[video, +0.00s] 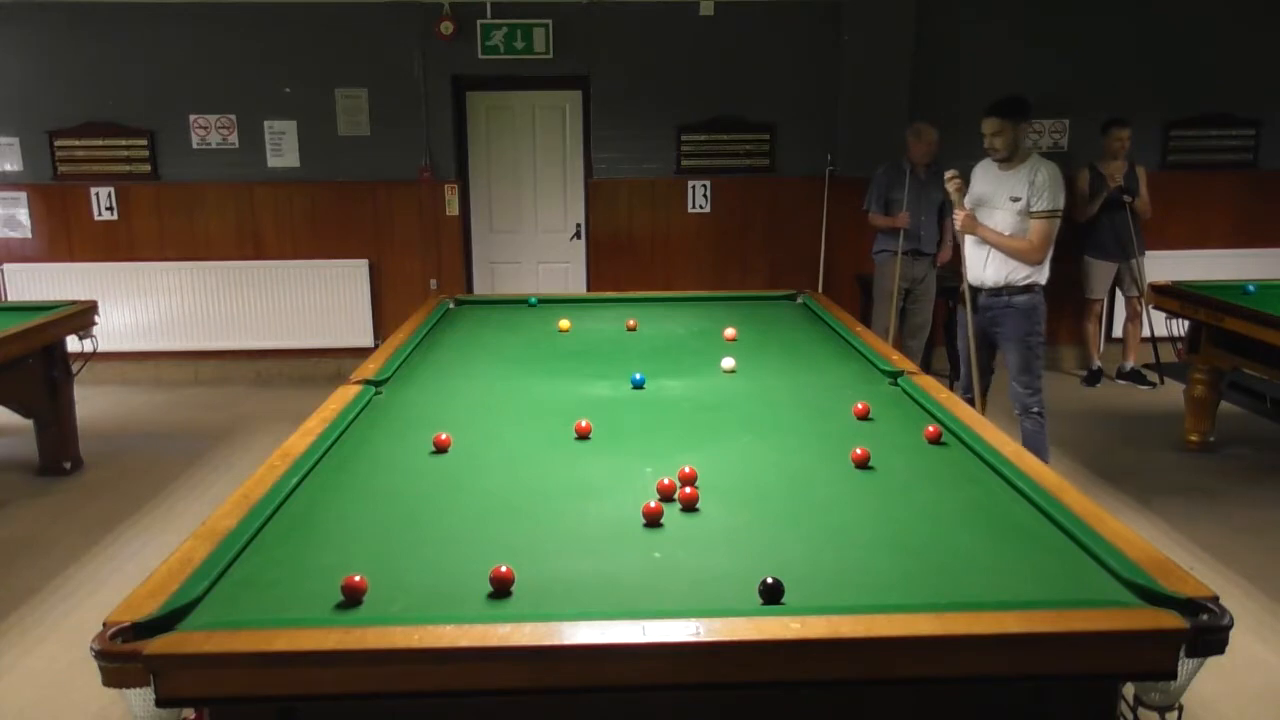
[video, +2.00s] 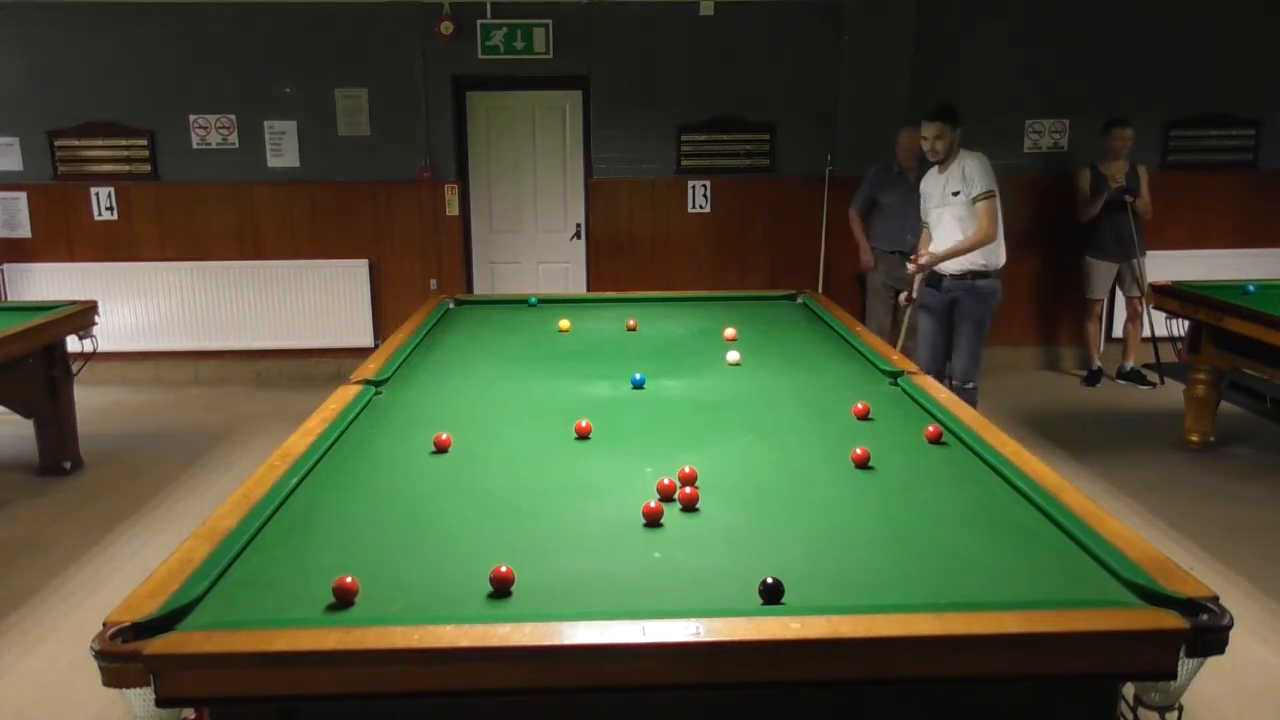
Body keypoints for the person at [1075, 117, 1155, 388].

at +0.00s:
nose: (1124, 145)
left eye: (1127, 140)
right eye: (1118, 140)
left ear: (1130, 142)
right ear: (1104, 141)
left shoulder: (1136, 171)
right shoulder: (1087, 173)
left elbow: (1146, 211)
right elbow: (1080, 214)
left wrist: (1130, 196)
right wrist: (1105, 191)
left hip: (1131, 251)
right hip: (1099, 251)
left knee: (1135, 310)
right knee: (1093, 309)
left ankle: (1128, 366)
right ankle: (1094, 365)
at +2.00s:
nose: (1125, 145)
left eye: (1129, 140)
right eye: (1120, 139)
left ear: (1133, 142)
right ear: (1107, 140)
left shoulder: (1138, 171)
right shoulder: (1089, 173)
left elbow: (1147, 211)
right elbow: (1084, 214)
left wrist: (1131, 197)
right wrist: (1107, 191)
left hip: (1132, 251)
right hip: (1100, 251)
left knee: (1136, 310)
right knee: (1094, 310)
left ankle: (1128, 366)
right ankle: (1094, 365)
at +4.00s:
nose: (1126, 145)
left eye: (1130, 140)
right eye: (1121, 140)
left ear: (1134, 142)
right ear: (1107, 141)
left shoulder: (1138, 171)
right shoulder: (1089, 172)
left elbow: (1147, 212)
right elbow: (1082, 215)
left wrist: (1132, 198)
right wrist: (1106, 191)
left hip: (1132, 250)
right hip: (1099, 250)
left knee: (1136, 309)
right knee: (1094, 309)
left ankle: (1128, 366)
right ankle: (1094, 365)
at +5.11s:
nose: (1138, 145)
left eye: (1142, 140)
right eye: (1133, 139)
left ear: (1145, 143)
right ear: (1118, 140)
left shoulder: (1146, 174)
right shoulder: (1097, 173)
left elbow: (1149, 217)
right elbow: (1078, 213)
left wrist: (1154, 208)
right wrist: (1098, 230)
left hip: (1137, 252)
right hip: (1104, 252)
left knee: (1140, 310)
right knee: (1096, 309)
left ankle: (1127, 367)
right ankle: (1094, 365)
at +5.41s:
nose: (1160, 145)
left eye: (1163, 140)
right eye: (1155, 139)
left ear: (1165, 144)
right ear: (1140, 140)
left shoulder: (1161, 174)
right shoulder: (1115, 172)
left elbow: (1159, 208)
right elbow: (1085, 206)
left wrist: (1172, 225)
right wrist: (1088, 241)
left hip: (1150, 253)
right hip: (1118, 252)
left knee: (1146, 311)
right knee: (1105, 310)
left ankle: (1129, 366)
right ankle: (1095, 365)